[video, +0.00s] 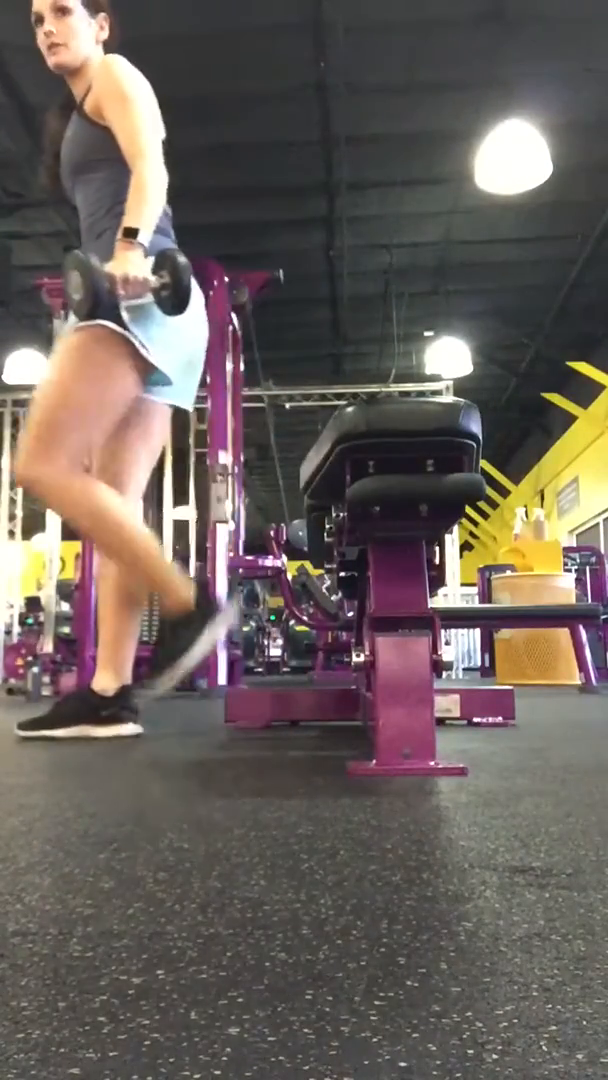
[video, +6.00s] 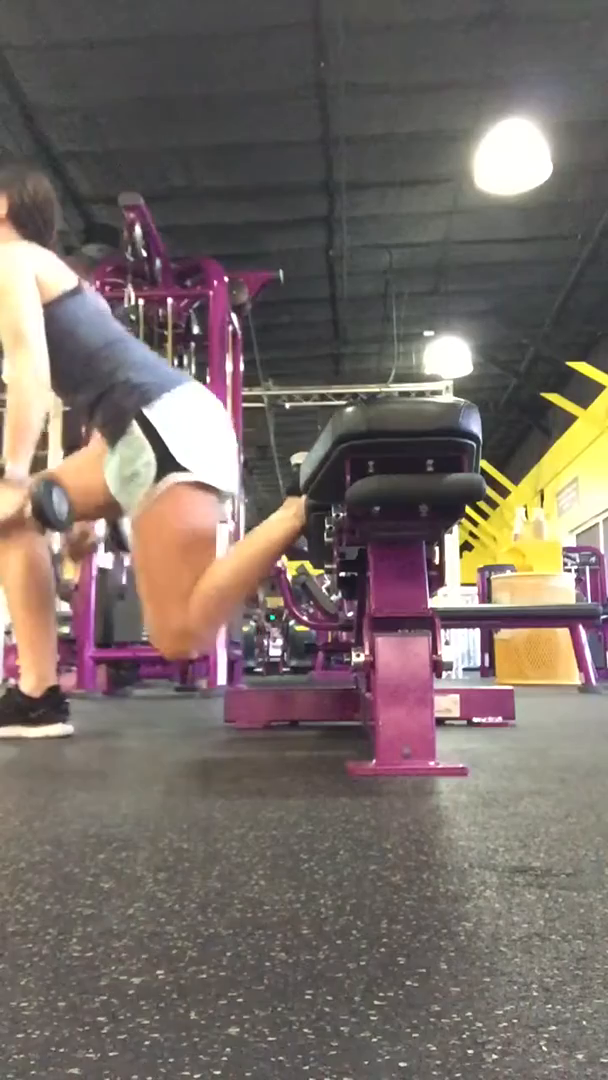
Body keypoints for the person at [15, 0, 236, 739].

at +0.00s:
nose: (47, 30)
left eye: (61, 16)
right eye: (38, 21)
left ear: (100, 25)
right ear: (38, 38)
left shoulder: (112, 76)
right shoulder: (90, 103)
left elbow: (150, 165)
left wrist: (131, 244)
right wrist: (92, 280)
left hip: (133, 292)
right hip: (165, 300)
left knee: (44, 461)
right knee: (117, 501)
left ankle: (185, 604)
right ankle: (110, 689)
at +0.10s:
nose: (48, 30)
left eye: (63, 16)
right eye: (40, 21)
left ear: (102, 27)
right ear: (39, 37)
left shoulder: (112, 79)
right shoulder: (87, 104)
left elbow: (143, 167)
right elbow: (105, 208)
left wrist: (116, 240)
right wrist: (81, 278)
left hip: (129, 293)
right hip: (159, 300)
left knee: (21, 448)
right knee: (113, 504)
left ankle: (196, 507)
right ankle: (109, 690)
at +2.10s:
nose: (61, 38)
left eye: (77, 24)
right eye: (54, 27)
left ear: (114, 36)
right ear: (53, 40)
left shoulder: (111, 90)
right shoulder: (92, 105)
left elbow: (118, 181)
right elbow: (116, 196)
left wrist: (97, 267)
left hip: (108, 295)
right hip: (91, 299)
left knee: (116, 487)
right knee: (53, 501)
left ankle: (305, 491)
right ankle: (83, 688)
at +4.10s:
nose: (18, 65)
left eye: (25, 51)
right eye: (21, 53)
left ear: (58, 49)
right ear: (71, 54)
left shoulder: (60, 98)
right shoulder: (91, 122)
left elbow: (73, 191)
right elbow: (121, 253)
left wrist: (35, 288)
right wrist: (116, 328)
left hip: (82, 318)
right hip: (89, 322)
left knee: (122, 504)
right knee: (27, 515)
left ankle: (304, 493)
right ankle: (76, 690)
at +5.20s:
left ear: (19, 147)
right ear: (40, 155)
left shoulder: (27, 200)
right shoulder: (51, 217)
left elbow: (40, 298)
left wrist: (23, 398)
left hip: (143, 392)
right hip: (117, 414)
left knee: (148, 592)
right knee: (13, 512)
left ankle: (306, 499)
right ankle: (36, 691)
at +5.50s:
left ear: (6, 244)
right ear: (32, 249)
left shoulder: (22, 297)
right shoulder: (53, 307)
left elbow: (39, 405)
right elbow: (92, 448)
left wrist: (18, 513)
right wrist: (58, 533)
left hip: (183, 452)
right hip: (142, 470)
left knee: (202, 660)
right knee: (25, 514)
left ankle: (301, 512)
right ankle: (38, 693)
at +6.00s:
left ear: (5, 207)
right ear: (26, 212)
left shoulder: (15, 260)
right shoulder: (40, 270)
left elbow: (30, 377)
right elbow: (110, 404)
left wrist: (14, 475)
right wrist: (84, 512)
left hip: (165, 426)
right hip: (133, 441)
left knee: (178, 635)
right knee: (14, 511)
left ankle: (303, 507)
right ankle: (37, 693)